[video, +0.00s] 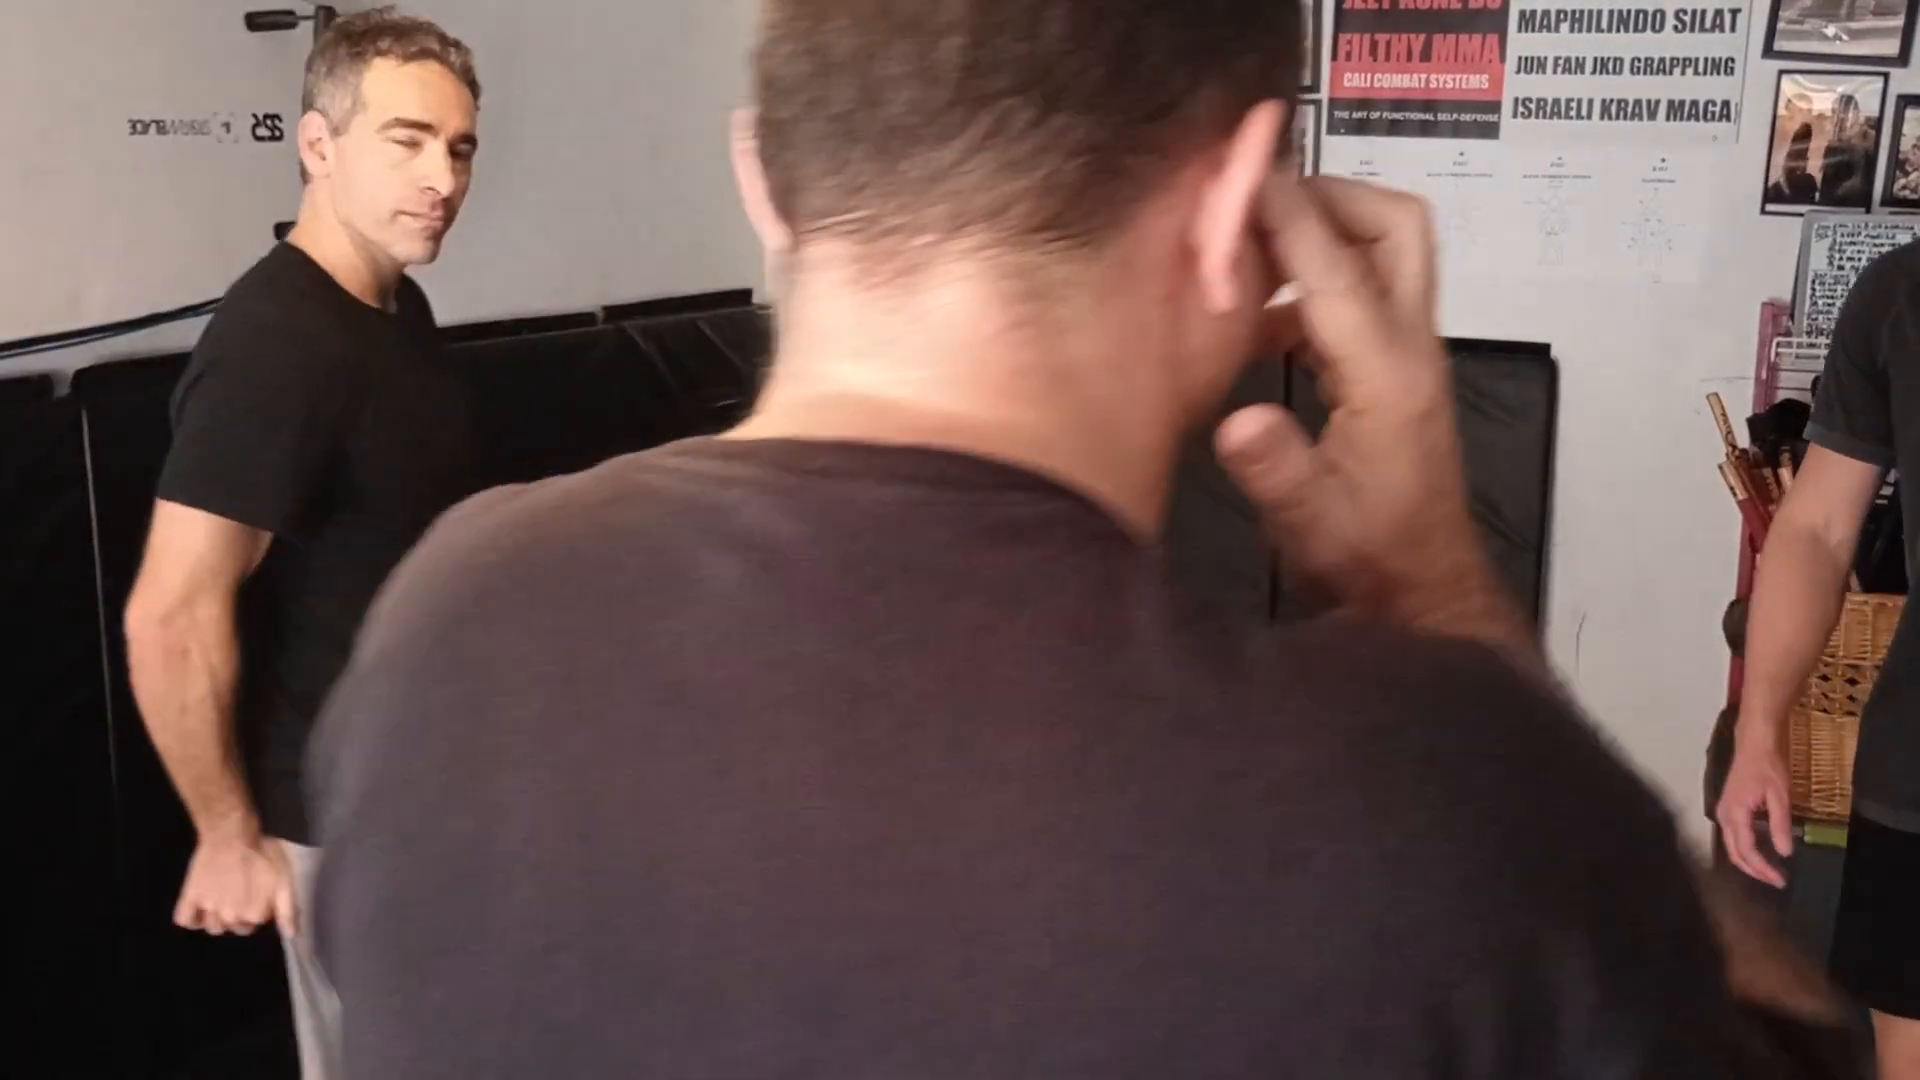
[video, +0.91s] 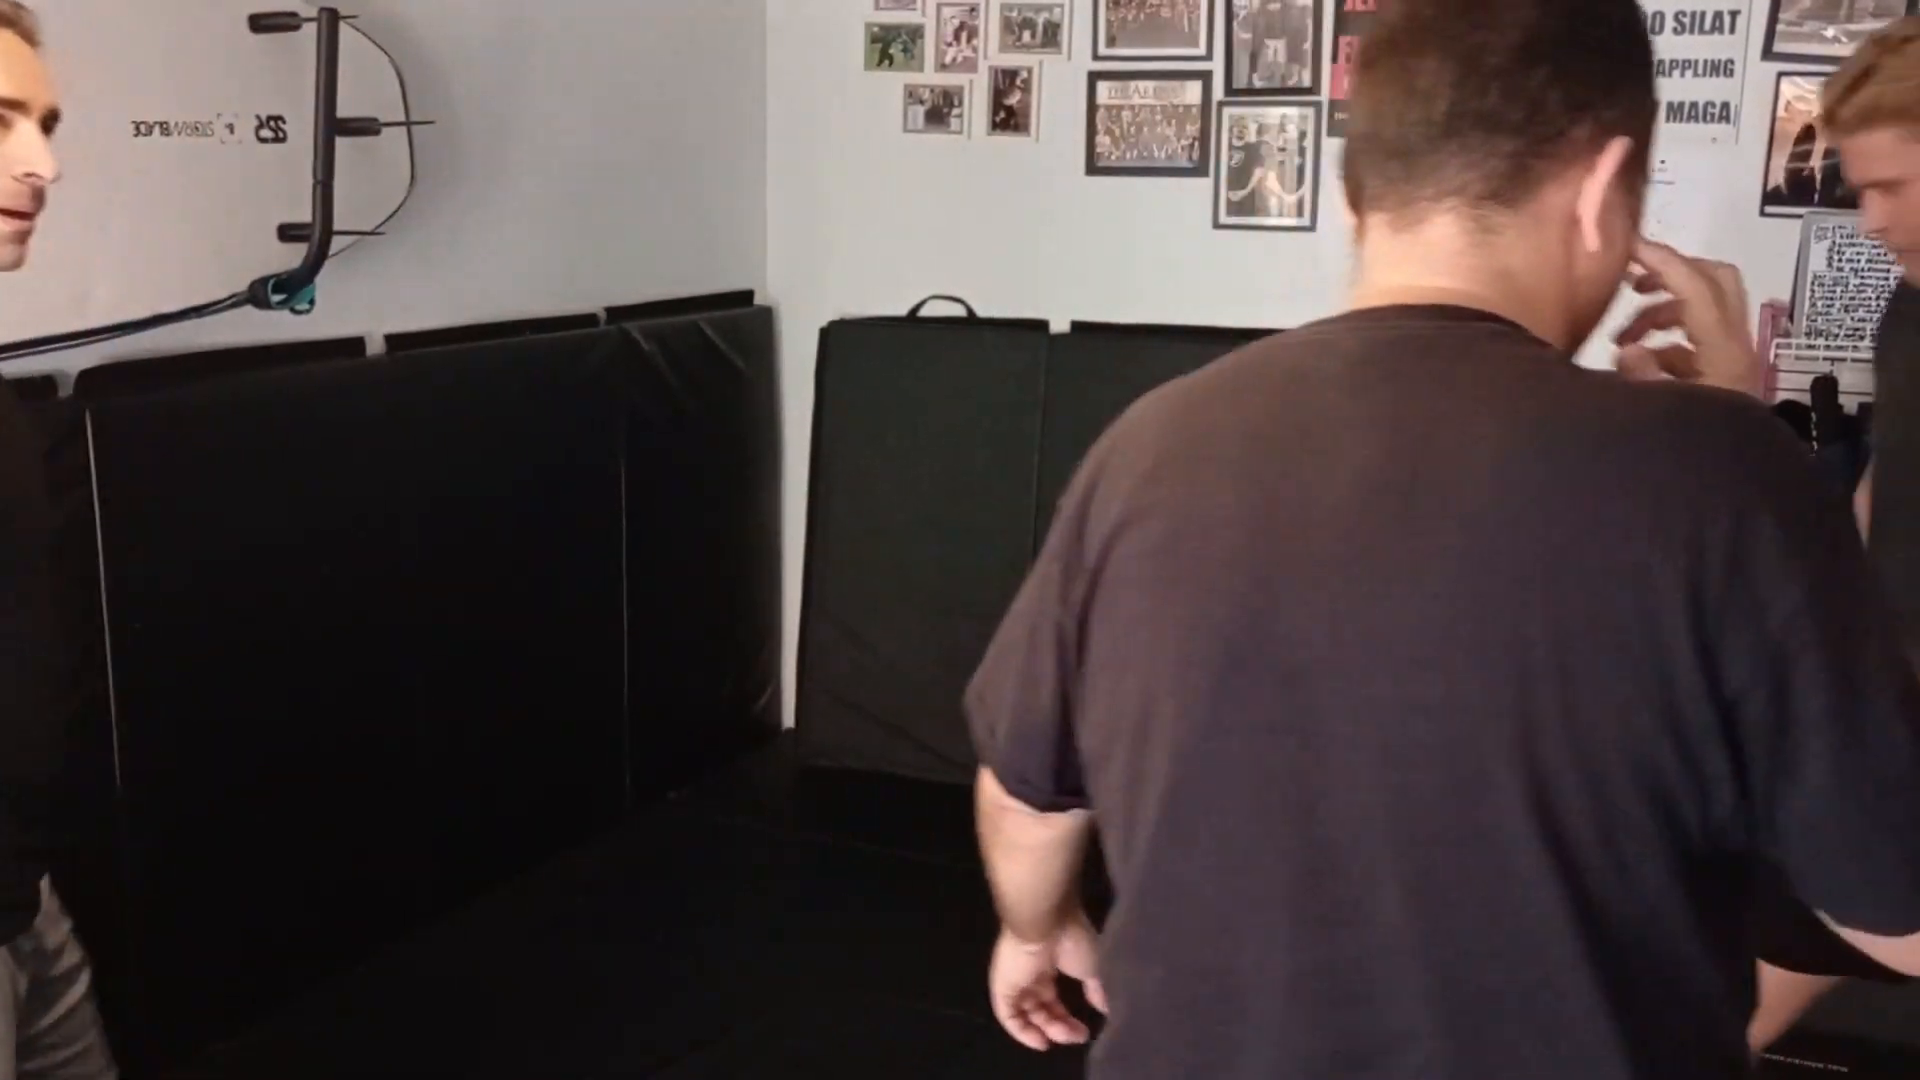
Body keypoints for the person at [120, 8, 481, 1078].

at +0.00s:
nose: (442, 179)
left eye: (459, 151)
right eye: (408, 140)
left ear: (472, 163)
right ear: (319, 144)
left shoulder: (400, 309)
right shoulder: (271, 336)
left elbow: (421, 550)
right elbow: (171, 614)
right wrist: (227, 835)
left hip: (434, 784)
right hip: (327, 824)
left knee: (468, 1049)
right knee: (370, 1060)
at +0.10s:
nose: (426, 172)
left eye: (444, 144)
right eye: (391, 134)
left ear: (454, 157)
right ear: (300, 138)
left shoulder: (383, 308)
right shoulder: (246, 318)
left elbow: (395, 561)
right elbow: (123, 585)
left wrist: (478, 733)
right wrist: (167, 819)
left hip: (363, 796)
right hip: (293, 821)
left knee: (324, 1061)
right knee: (393, 1062)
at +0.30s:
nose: (352, 169)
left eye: (368, 143)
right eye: (319, 132)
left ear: (379, 158)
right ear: (222, 135)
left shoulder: (301, 310)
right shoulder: (173, 314)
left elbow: (309, 552)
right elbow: (42, 579)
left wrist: (393, 709)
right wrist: (91, 840)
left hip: (287, 817)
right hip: (228, 838)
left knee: (263, 1059)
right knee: (319, 1060)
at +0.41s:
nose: (299, 175)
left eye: (313, 145)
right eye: (260, 135)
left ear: (327, 157)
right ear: (160, 147)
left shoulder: (231, 315)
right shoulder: (123, 331)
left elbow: (246, 558)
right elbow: (19, 592)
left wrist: (330, 720)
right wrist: (38, 866)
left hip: (248, 836)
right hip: (176, 861)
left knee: (255, 1058)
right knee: (215, 1067)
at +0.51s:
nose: (243, 193)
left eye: (255, 157)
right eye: (201, 150)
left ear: (264, 166)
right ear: (94, 158)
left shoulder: (161, 340)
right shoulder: (60, 366)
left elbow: (160, 591)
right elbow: (1, 615)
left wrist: (250, 747)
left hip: (198, 898)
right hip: (85, 930)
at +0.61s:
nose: (191, 202)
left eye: (199, 169)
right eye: (148, 158)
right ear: (32, 173)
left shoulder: (102, 381)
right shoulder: (18, 389)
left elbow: (89, 643)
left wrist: (165, 802)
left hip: (142, 933)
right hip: (35, 958)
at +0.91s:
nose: (38, 165)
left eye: (45, 126)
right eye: (6, 118)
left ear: (54, 143)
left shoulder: (26, 390)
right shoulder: (19, 393)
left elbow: (37, 628)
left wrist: (35, 862)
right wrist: (32, 864)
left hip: (27, 902)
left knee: (80, 1061)